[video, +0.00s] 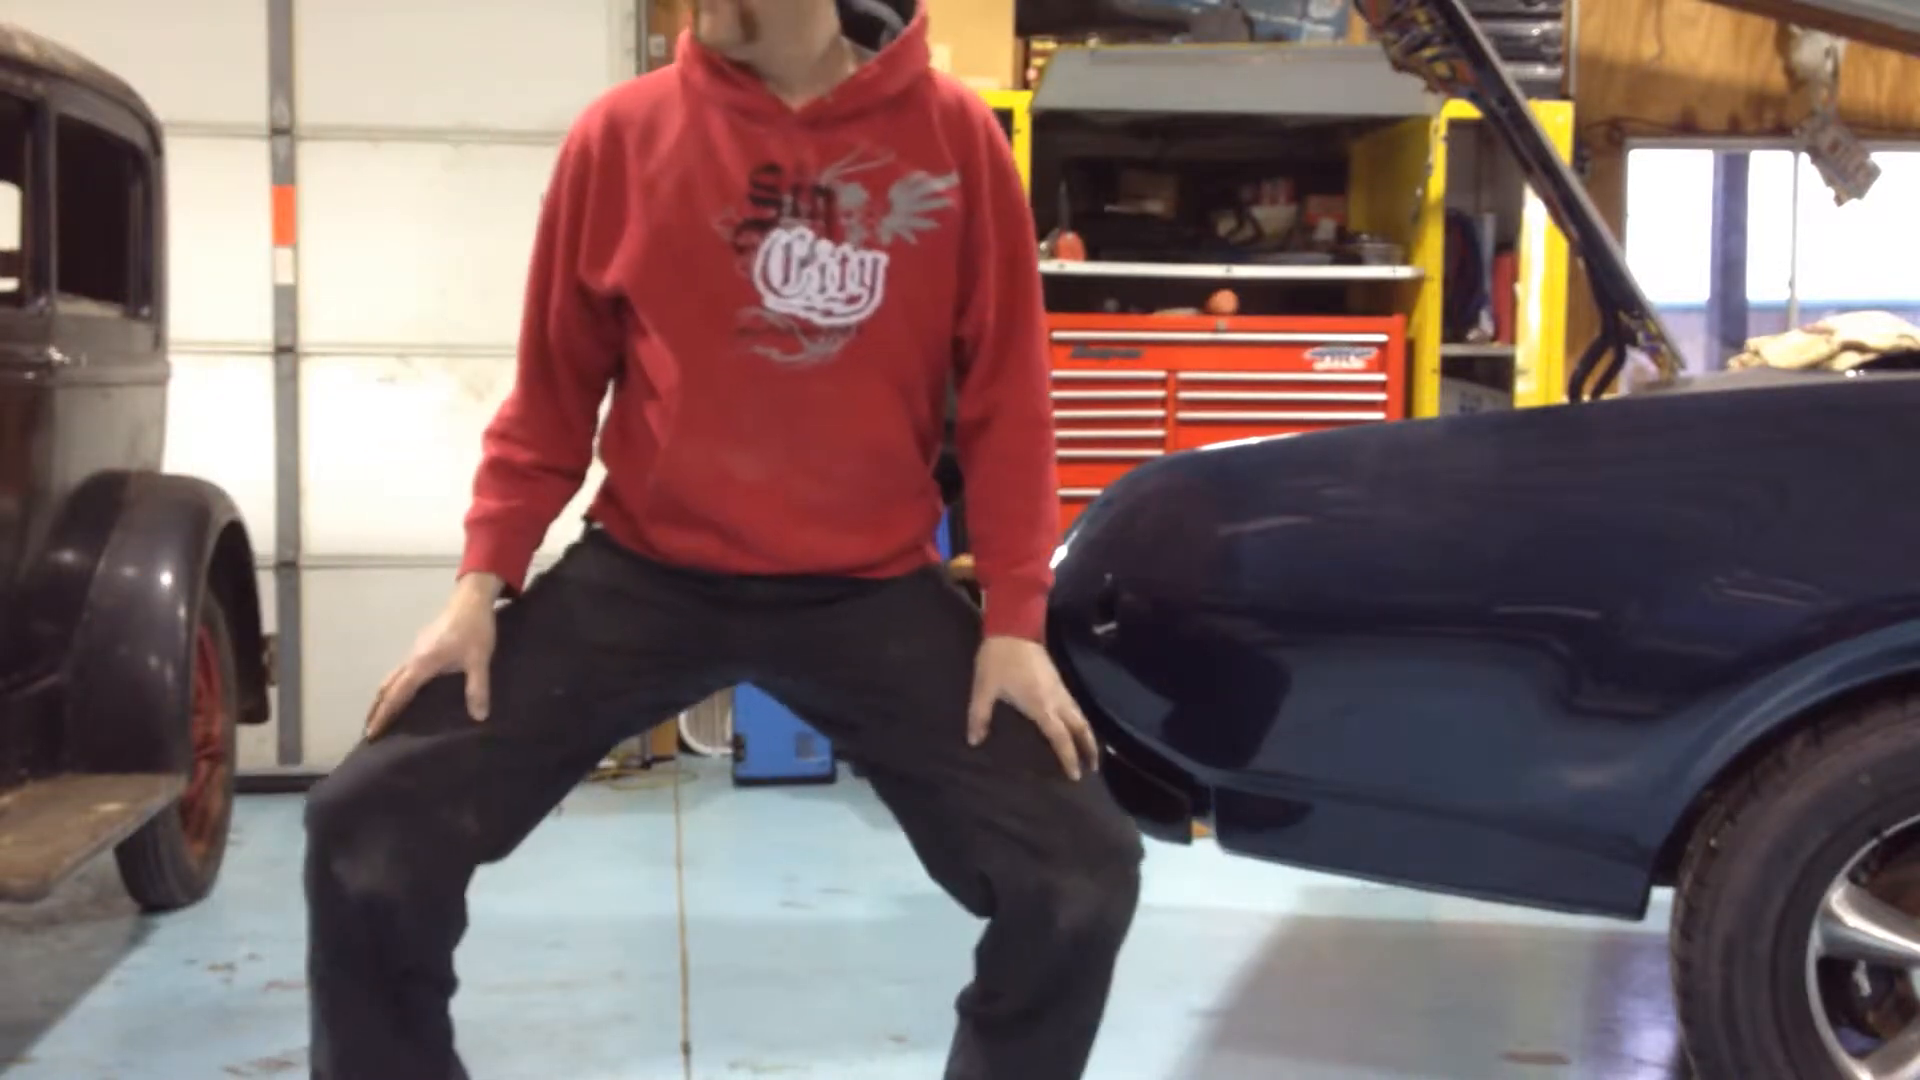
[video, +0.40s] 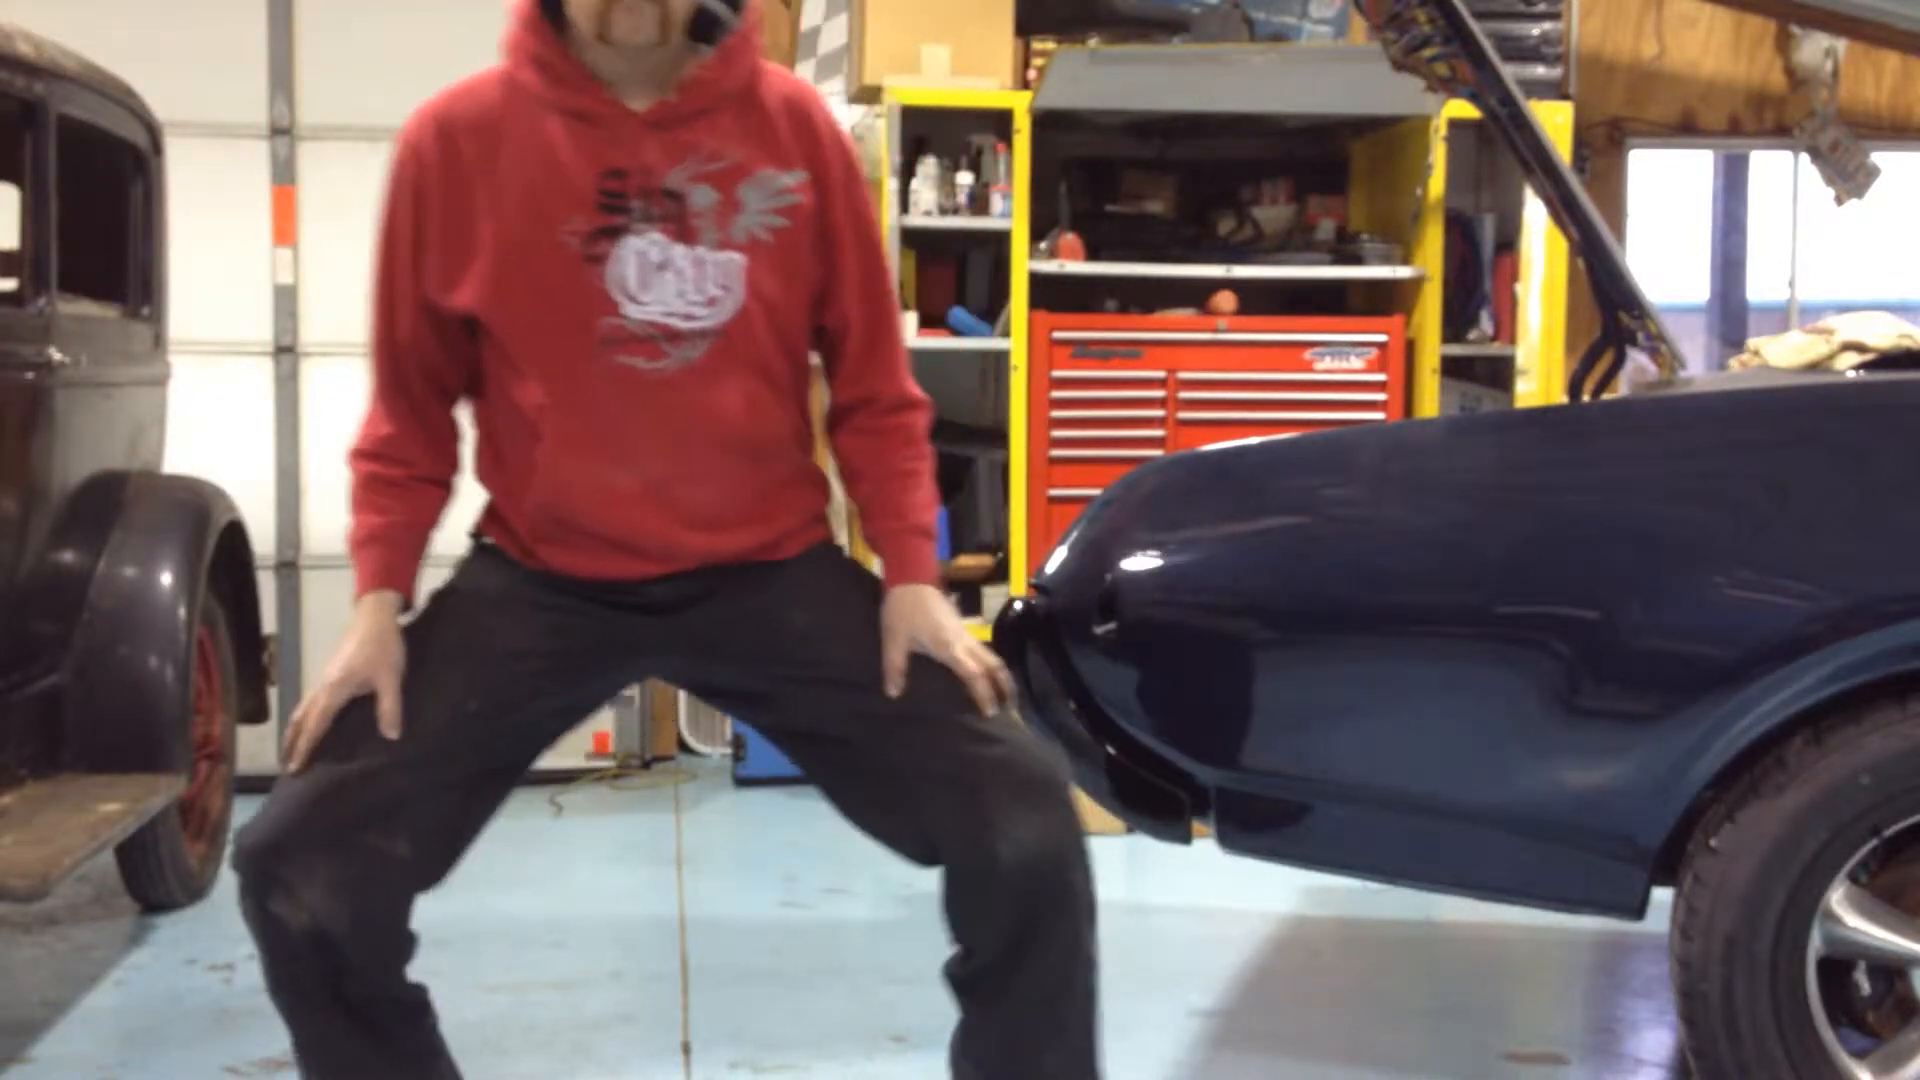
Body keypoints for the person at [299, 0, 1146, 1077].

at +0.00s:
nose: (705, 3)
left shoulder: (954, 135)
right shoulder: (624, 134)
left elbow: (1006, 389)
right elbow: (554, 384)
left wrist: (1016, 622)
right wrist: (480, 582)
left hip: (872, 595)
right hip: (643, 580)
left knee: (1081, 870)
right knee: (371, 825)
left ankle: (999, 1073)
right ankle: (393, 1072)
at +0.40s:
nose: (640, 11)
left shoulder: (793, 125)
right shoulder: (458, 143)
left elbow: (871, 373)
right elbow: (409, 401)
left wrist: (913, 572)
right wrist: (376, 600)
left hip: (770, 576)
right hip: (540, 582)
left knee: (1023, 822)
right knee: (305, 864)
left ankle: (1025, 1063)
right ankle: (398, 1067)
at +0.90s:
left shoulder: (720, 91)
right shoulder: (383, 127)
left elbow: (818, 332)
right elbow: (355, 390)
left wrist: (875, 547)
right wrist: (346, 593)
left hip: (734, 555)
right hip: (508, 561)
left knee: (968, 821)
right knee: (294, 866)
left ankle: (978, 1071)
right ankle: (415, 1074)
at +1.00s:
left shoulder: (760, 103)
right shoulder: (427, 126)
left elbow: (854, 342)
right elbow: (390, 382)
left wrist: (905, 563)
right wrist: (366, 586)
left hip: (756, 561)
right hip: (528, 562)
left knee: (991, 821)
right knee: (302, 846)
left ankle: (979, 1071)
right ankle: (406, 1073)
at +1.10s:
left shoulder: (811, 110)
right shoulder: (479, 124)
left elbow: (900, 354)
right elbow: (430, 377)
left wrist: (935, 566)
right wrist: (398, 578)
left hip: (788, 566)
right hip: (560, 567)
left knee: (1021, 828)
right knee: (314, 842)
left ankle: (986, 1068)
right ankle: (399, 1071)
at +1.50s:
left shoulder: (1011, 140)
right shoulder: (675, 123)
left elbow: (1068, 393)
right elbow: (603, 361)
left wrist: (1066, 611)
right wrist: (545, 556)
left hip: (916, 581)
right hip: (694, 562)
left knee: (1101, 862)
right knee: (423, 809)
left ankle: (985, 1075)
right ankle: (401, 1072)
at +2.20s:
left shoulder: (898, 131)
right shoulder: (570, 109)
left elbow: (961, 372)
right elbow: (493, 349)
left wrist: (979, 590)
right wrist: (449, 552)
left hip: (812, 566)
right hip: (589, 560)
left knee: (1031, 823)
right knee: (370, 863)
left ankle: (978, 1065)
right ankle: (415, 1067)